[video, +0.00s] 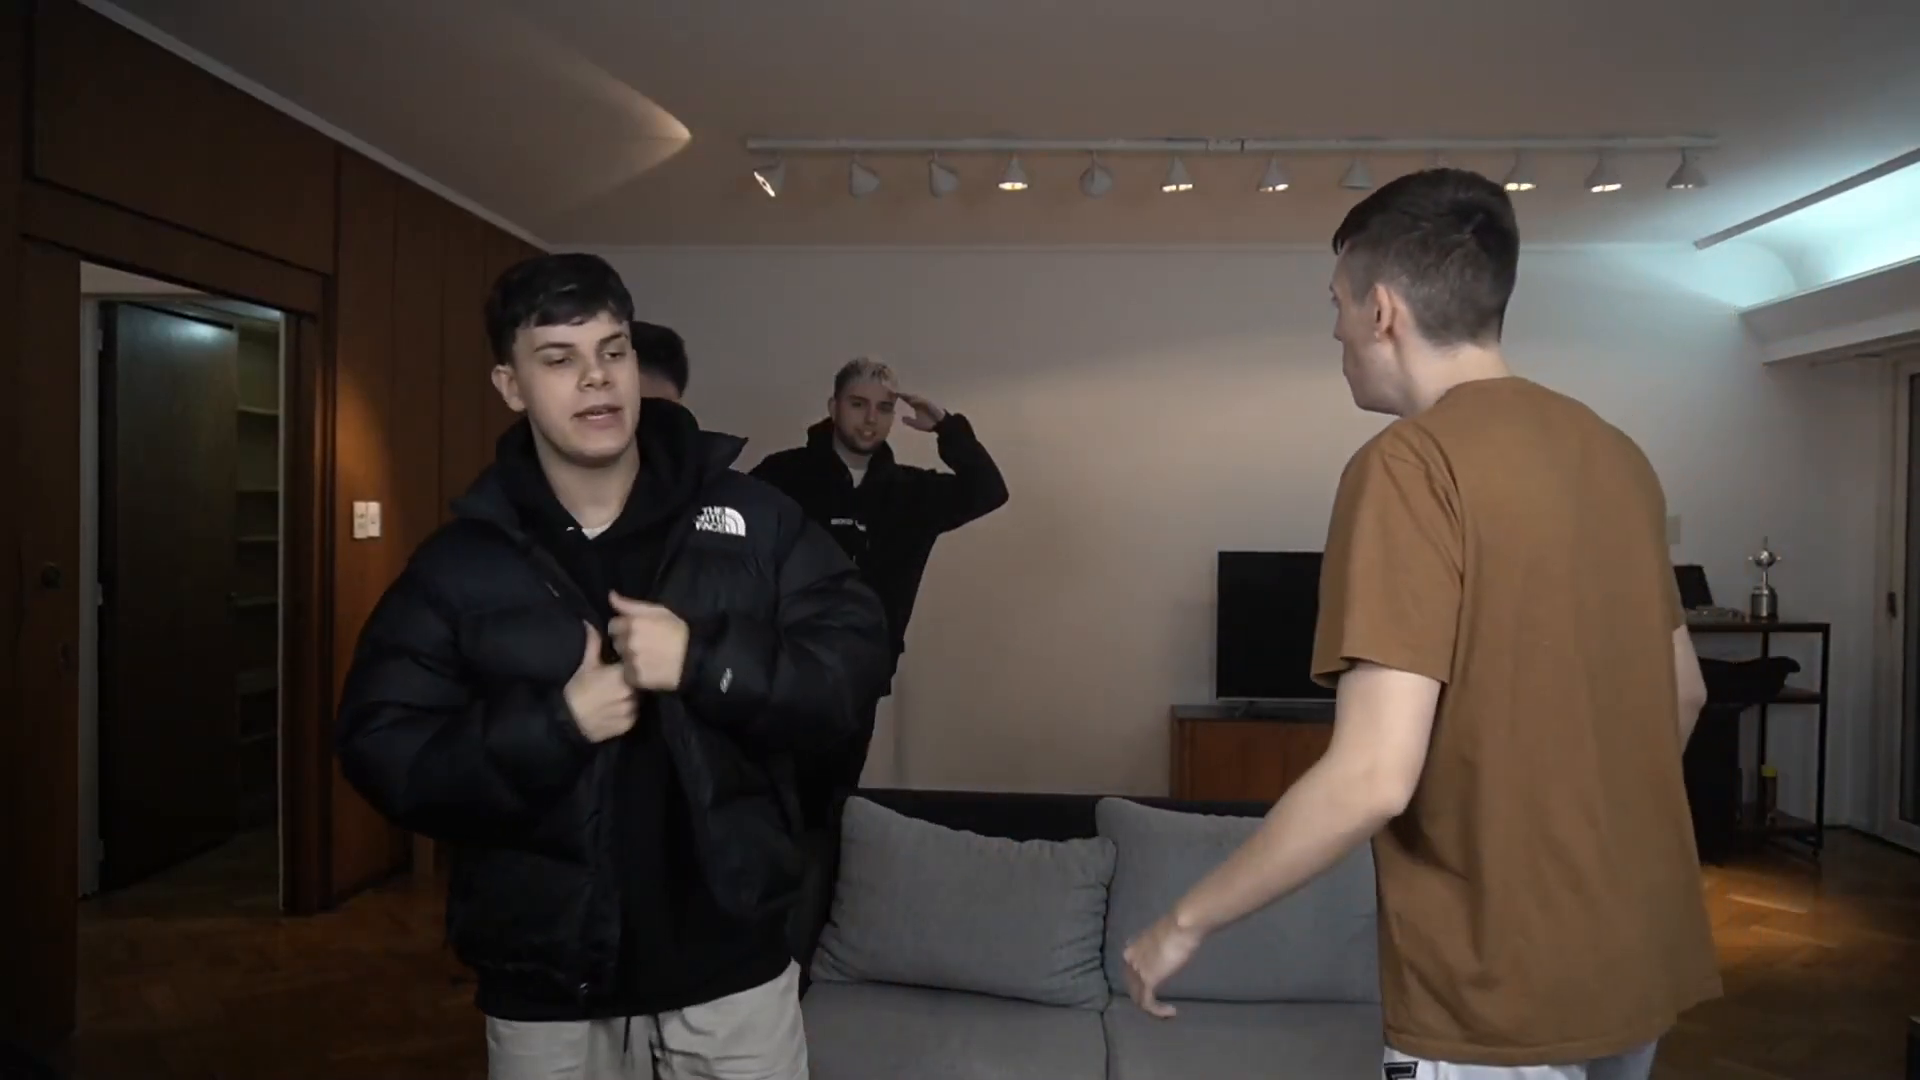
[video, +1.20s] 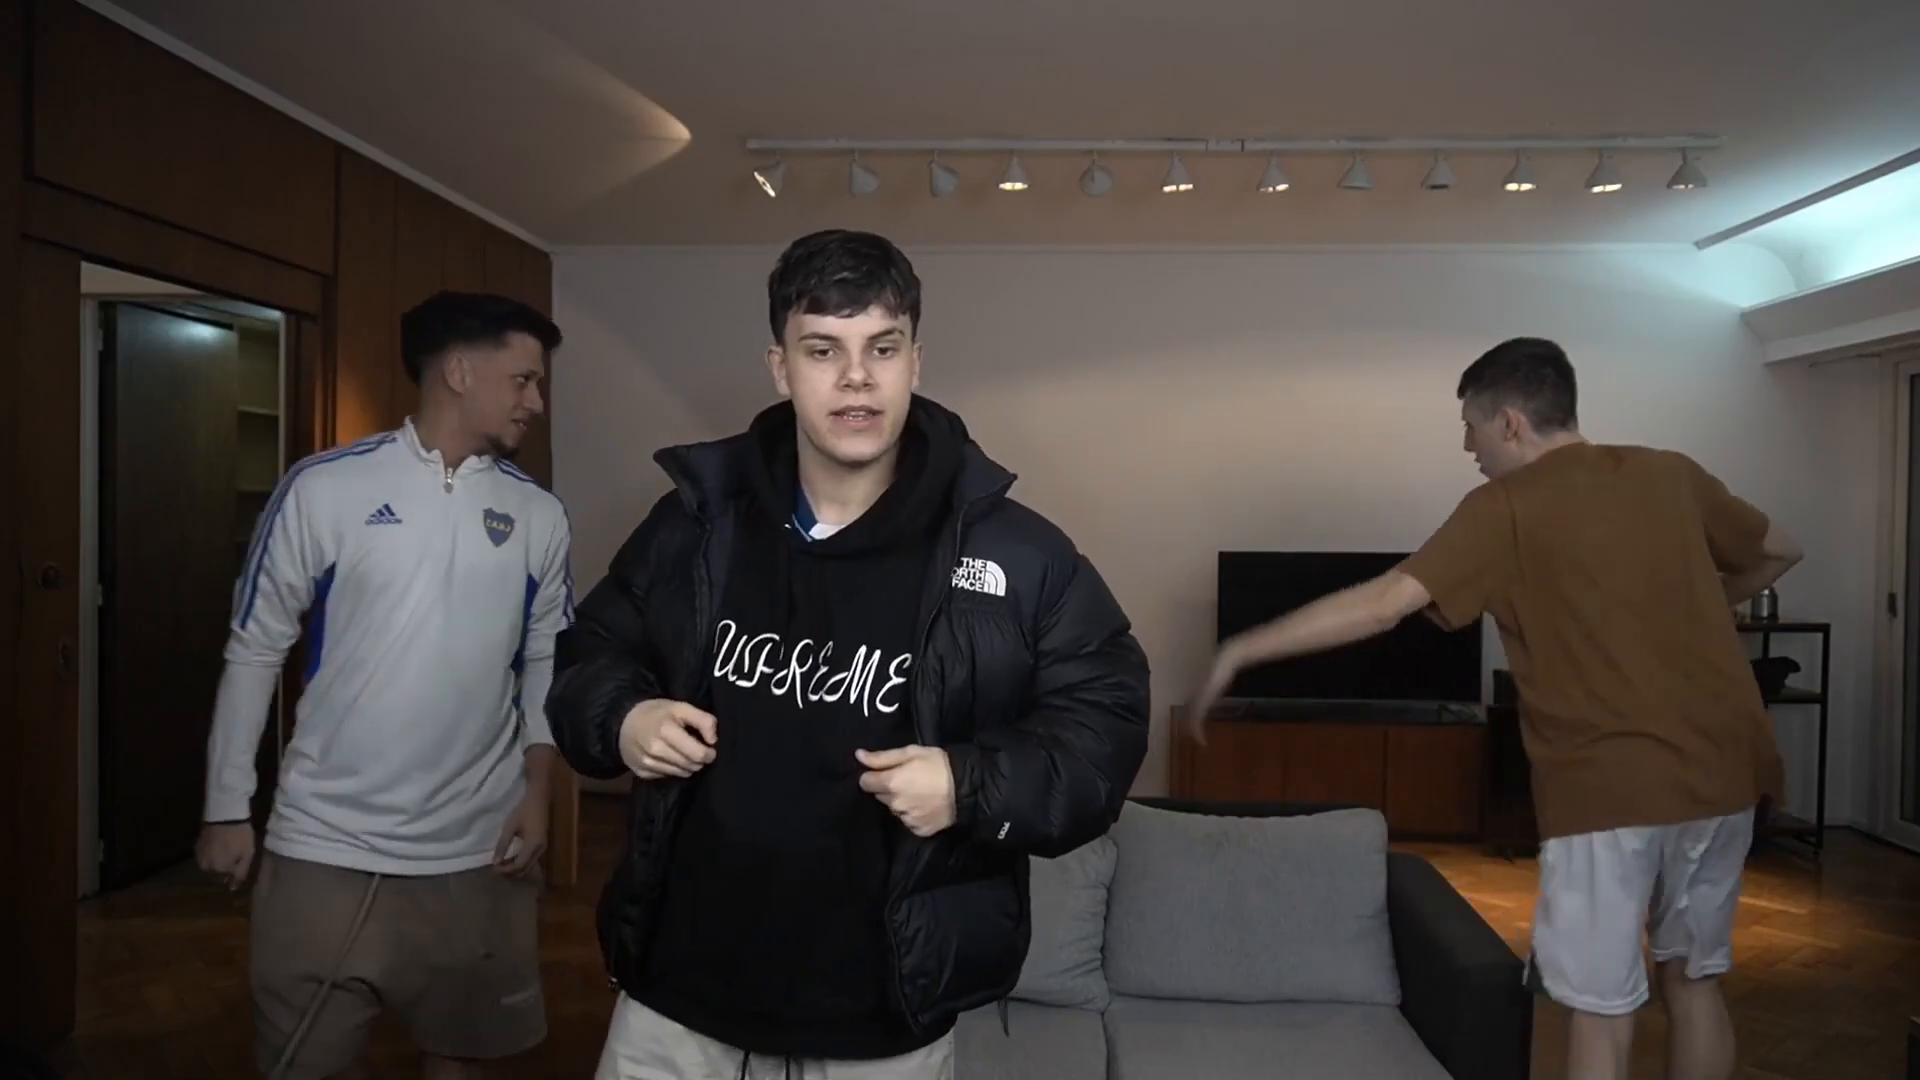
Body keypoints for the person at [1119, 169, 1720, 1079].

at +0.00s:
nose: (1339, 337)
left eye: (1338, 309)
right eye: (1336, 310)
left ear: (1385, 310)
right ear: (1488, 303)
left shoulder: (1412, 462)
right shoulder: (1616, 456)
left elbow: (1372, 774)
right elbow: (1680, 693)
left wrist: (1186, 921)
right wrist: (1589, 828)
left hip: (1486, 996)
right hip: (1638, 965)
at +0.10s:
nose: (1340, 347)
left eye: (1340, 318)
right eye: (1338, 318)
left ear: (1385, 321)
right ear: (1486, 313)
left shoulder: (1412, 473)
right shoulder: (1609, 462)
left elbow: (1366, 775)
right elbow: (1667, 689)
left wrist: (1197, 928)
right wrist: (1557, 795)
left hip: (1476, 986)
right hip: (1620, 962)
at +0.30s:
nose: (1378, 366)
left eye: (1380, 338)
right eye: (1378, 339)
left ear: (1420, 339)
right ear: (1516, 336)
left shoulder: (1421, 476)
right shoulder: (1625, 472)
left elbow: (1390, 744)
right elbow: (1665, 663)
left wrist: (1284, 950)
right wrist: (1523, 683)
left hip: (1469, 964)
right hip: (1619, 952)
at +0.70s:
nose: (1460, 430)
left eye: (1460, 407)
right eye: (1459, 407)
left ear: (1485, 408)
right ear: (1573, 401)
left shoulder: (1471, 509)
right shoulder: (1678, 498)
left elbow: (1443, 682)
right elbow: (1707, 602)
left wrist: (1361, 864)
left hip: (1528, 915)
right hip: (1687, 909)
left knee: (1490, 1067)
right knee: (1661, 1068)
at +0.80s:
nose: (1458, 424)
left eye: (1456, 402)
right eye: (1454, 403)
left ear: (1486, 400)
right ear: (1563, 388)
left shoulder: (1481, 497)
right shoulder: (1670, 478)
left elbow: (1425, 651)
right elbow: (1709, 555)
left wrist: (1303, 790)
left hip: (1537, 865)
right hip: (1682, 865)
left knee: (1526, 1065)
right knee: (1658, 1070)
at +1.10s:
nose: (1455, 456)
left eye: (1455, 435)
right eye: (1451, 437)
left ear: (1494, 428)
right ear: (1550, 415)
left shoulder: (1497, 519)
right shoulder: (1667, 481)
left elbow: (1386, 647)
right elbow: (1758, 565)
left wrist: (1252, 724)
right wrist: (1677, 622)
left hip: (1588, 811)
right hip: (1723, 796)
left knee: (1571, 1031)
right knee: (1679, 992)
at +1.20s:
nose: (1470, 449)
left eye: (1471, 430)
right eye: (1466, 431)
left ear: (1511, 422)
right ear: (1556, 414)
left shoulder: (1506, 505)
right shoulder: (1673, 476)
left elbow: (1390, 599)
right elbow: (1777, 549)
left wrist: (1238, 651)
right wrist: (1691, 600)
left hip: (1606, 790)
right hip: (1728, 773)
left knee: (1598, 1010)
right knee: (1696, 978)